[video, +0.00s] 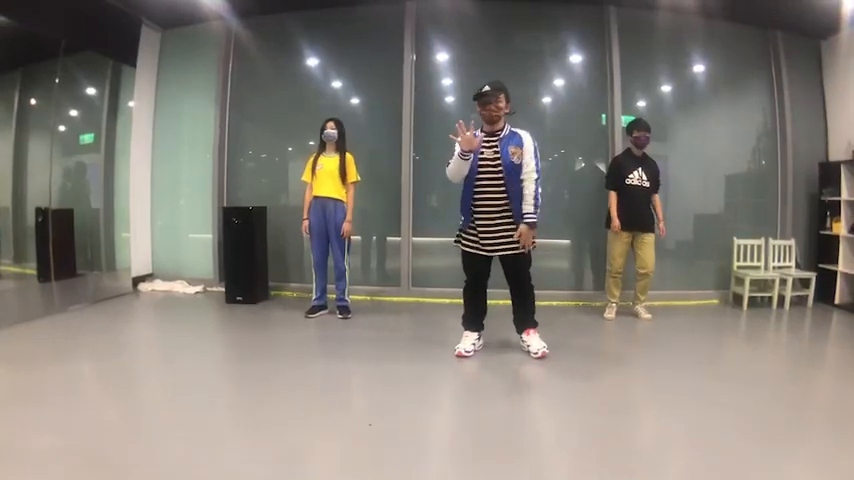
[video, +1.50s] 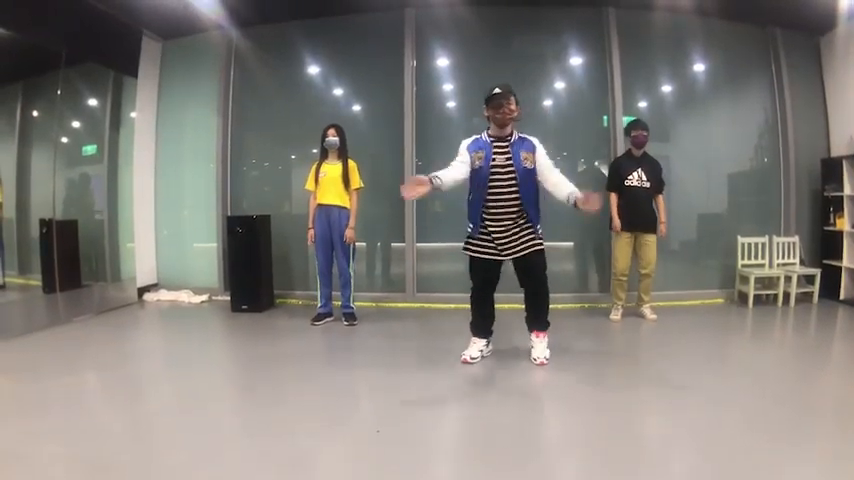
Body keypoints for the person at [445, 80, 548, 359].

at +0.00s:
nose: (491, 108)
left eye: (497, 103)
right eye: (486, 104)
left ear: (507, 106)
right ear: (478, 108)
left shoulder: (522, 139)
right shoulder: (468, 140)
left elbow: (530, 181)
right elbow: (454, 177)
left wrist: (528, 222)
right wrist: (465, 153)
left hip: (510, 225)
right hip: (475, 226)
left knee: (521, 281)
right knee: (474, 281)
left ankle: (528, 331)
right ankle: (472, 332)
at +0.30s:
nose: (491, 105)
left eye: (495, 100)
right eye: (485, 101)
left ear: (505, 104)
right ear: (476, 107)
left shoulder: (519, 136)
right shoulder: (463, 140)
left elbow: (540, 168)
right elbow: (455, 163)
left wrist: (527, 202)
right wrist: (456, 179)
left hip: (511, 222)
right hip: (474, 225)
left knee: (520, 278)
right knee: (473, 280)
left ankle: (528, 330)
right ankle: (471, 331)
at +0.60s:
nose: (526, 106)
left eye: (528, 101)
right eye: (519, 102)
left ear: (532, 105)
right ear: (504, 107)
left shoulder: (541, 142)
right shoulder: (485, 140)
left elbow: (551, 179)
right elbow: (472, 180)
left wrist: (539, 147)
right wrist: (468, 220)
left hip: (532, 229)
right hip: (494, 228)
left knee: (533, 284)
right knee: (485, 283)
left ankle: (534, 334)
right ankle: (475, 333)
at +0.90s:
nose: (530, 109)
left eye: (534, 103)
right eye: (523, 104)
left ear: (543, 105)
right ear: (513, 108)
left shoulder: (554, 141)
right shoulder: (498, 140)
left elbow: (557, 172)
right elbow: (484, 169)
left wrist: (544, 194)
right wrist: (481, 189)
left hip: (536, 223)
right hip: (499, 219)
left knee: (536, 280)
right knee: (484, 270)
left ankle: (535, 332)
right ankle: (482, 318)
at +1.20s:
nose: (516, 109)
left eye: (521, 103)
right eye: (510, 105)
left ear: (531, 106)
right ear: (502, 109)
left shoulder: (545, 141)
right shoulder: (492, 142)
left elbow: (559, 183)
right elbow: (479, 185)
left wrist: (558, 225)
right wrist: (481, 169)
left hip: (530, 228)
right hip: (495, 227)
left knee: (535, 283)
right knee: (487, 280)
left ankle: (536, 334)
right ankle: (479, 332)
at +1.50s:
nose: (505, 109)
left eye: (509, 104)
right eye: (498, 106)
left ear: (516, 109)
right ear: (487, 111)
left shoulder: (530, 145)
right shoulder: (472, 146)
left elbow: (551, 177)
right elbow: (457, 172)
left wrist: (575, 197)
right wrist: (432, 180)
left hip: (523, 228)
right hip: (485, 229)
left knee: (536, 282)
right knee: (481, 286)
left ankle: (539, 337)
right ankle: (480, 339)